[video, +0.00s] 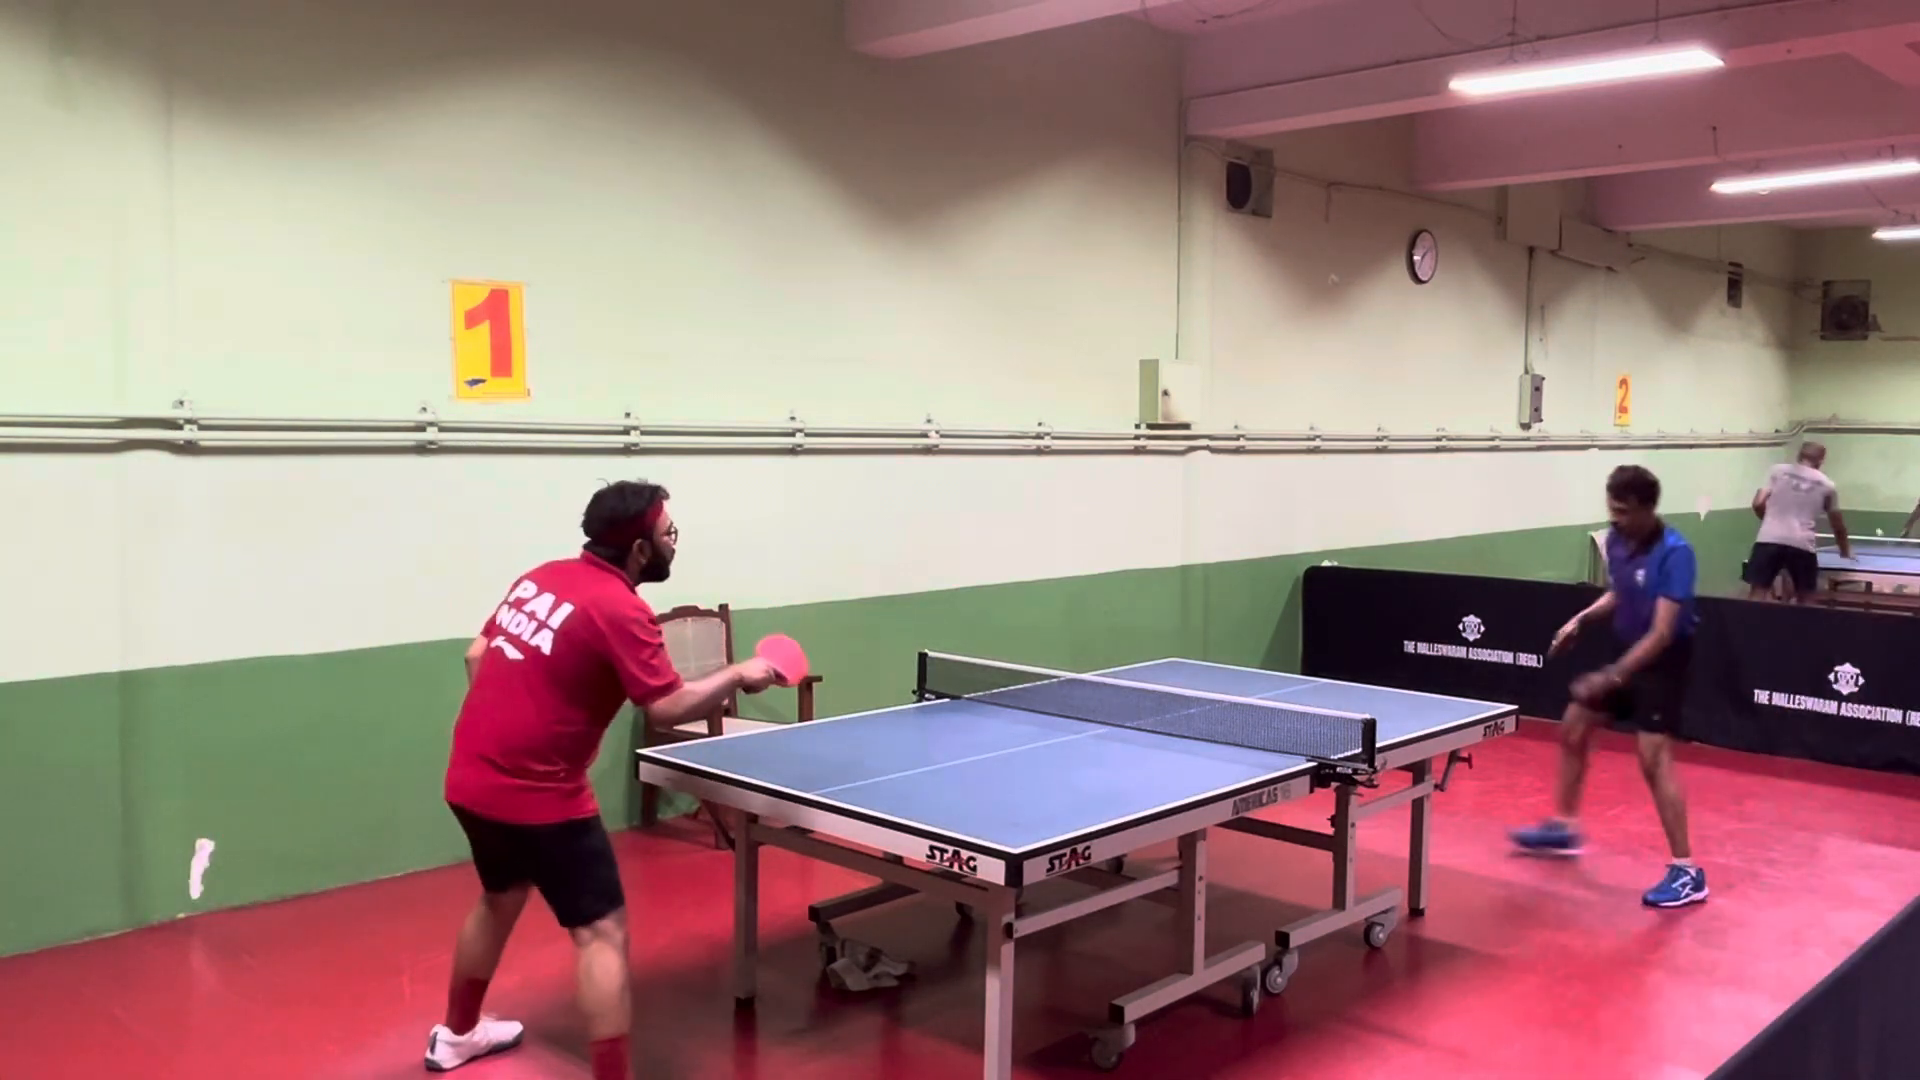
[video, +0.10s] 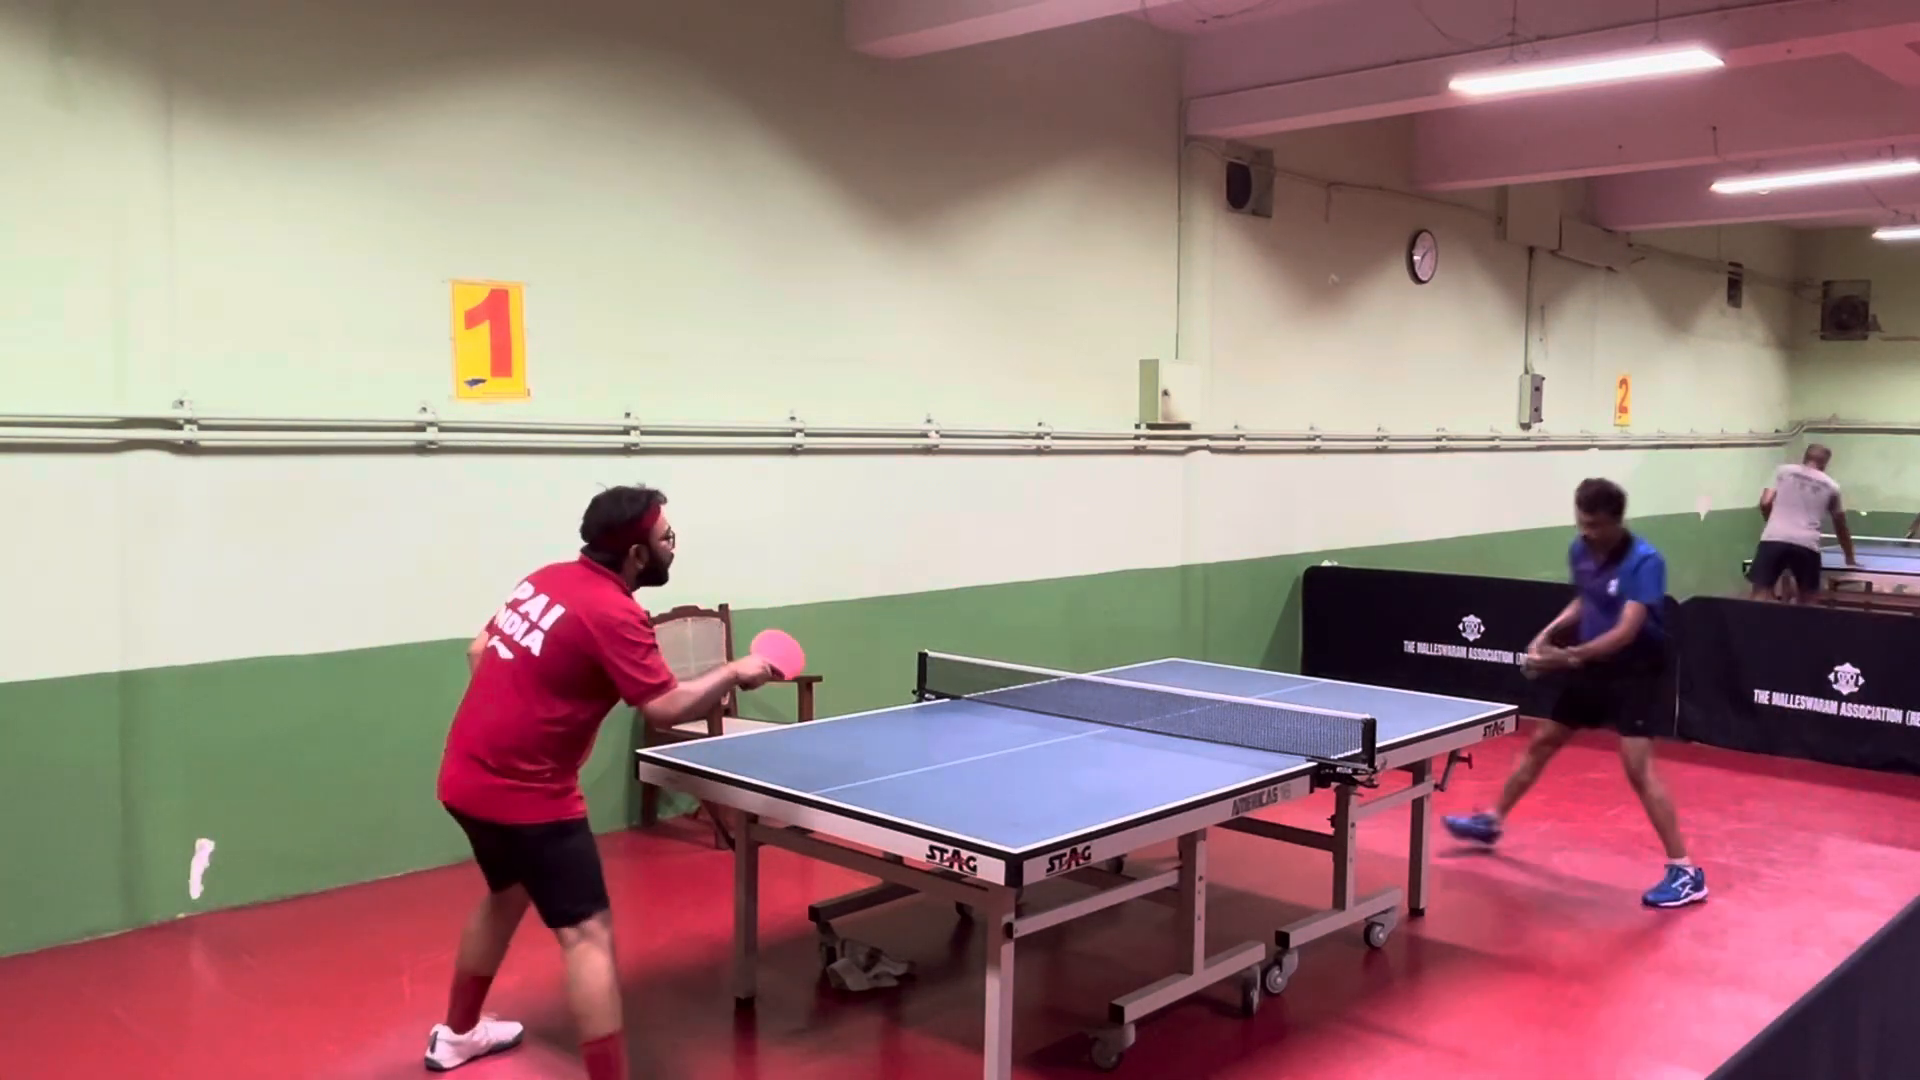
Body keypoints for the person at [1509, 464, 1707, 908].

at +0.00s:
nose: (1614, 519)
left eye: (1621, 512)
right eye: (1611, 510)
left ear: (1648, 509)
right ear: (1613, 507)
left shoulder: (1675, 553)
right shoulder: (1617, 542)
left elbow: (1663, 632)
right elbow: (1621, 594)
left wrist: (1611, 675)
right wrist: (1578, 621)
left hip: (1666, 655)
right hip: (1625, 649)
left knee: (1653, 757)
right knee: (1574, 727)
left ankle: (1686, 869)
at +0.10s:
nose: (1585, 533)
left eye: (1593, 525)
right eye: (1581, 524)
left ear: (1617, 522)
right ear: (1578, 519)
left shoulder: (1645, 562)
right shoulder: (1581, 550)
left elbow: (1627, 630)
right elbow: (1586, 600)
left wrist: (1571, 656)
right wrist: (1546, 636)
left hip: (1639, 667)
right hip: (1593, 660)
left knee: (1638, 766)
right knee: (1544, 741)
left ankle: (1684, 869)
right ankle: (1492, 821)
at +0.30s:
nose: (1528, 555)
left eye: (1536, 548)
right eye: (1525, 547)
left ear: (1559, 539)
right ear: (1520, 540)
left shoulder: (1593, 566)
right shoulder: (1520, 560)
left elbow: (1579, 636)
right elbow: (1514, 610)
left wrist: (1532, 653)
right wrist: (1481, 651)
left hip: (1588, 665)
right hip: (1538, 662)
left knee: (1617, 760)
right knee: (1481, 725)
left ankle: (1659, 861)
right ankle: (1472, 825)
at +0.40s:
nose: (1520, 556)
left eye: (1527, 549)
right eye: (1515, 548)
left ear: (1548, 537)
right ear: (1510, 541)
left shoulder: (1582, 562)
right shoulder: (1507, 555)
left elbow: (1571, 635)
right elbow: (1495, 602)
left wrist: (1531, 661)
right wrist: (1461, 640)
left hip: (1582, 657)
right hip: (1531, 654)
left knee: (1610, 750)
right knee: (1482, 730)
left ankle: (1640, 853)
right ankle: (1472, 824)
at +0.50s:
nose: (1518, 557)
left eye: (1526, 551)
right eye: (1513, 550)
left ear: (1546, 539)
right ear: (1507, 542)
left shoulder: (1580, 564)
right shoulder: (1504, 554)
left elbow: (1570, 634)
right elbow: (1480, 598)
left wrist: (1532, 669)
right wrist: (1448, 632)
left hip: (1578, 656)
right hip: (1525, 652)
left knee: (1610, 751)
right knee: (1481, 731)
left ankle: (1640, 853)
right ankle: (1473, 824)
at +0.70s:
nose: (1535, 556)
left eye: (1543, 549)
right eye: (1529, 549)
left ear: (1562, 539)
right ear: (1522, 541)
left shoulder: (1591, 571)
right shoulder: (1517, 549)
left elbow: (1576, 635)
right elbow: (1475, 587)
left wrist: (1538, 673)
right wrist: (1468, 601)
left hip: (1580, 663)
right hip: (1528, 656)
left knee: (1621, 757)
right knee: (1468, 729)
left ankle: (1644, 855)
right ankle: (1472, 825)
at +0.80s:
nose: (1545, 547)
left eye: (1553, 540)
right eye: (1540, 539)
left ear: (1573, 530)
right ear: (1534, 531)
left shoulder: (1600, 566)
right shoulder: (1527, 542)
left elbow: (1578, 629)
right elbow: (1472, 586)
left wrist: (1538, 642)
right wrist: (1502, 586)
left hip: (1581, 665)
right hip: (1531, 658)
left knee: (1622, 758)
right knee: (1468, 729)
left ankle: (1644, 856)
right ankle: (1472, 825)